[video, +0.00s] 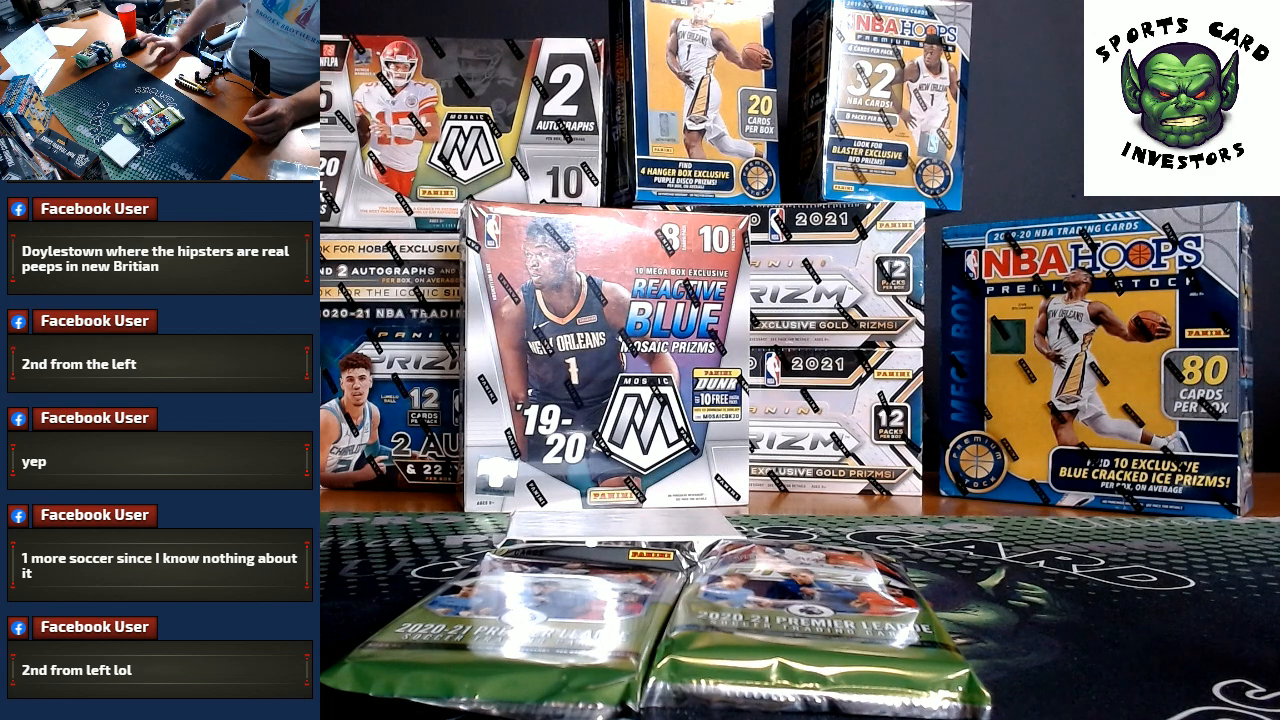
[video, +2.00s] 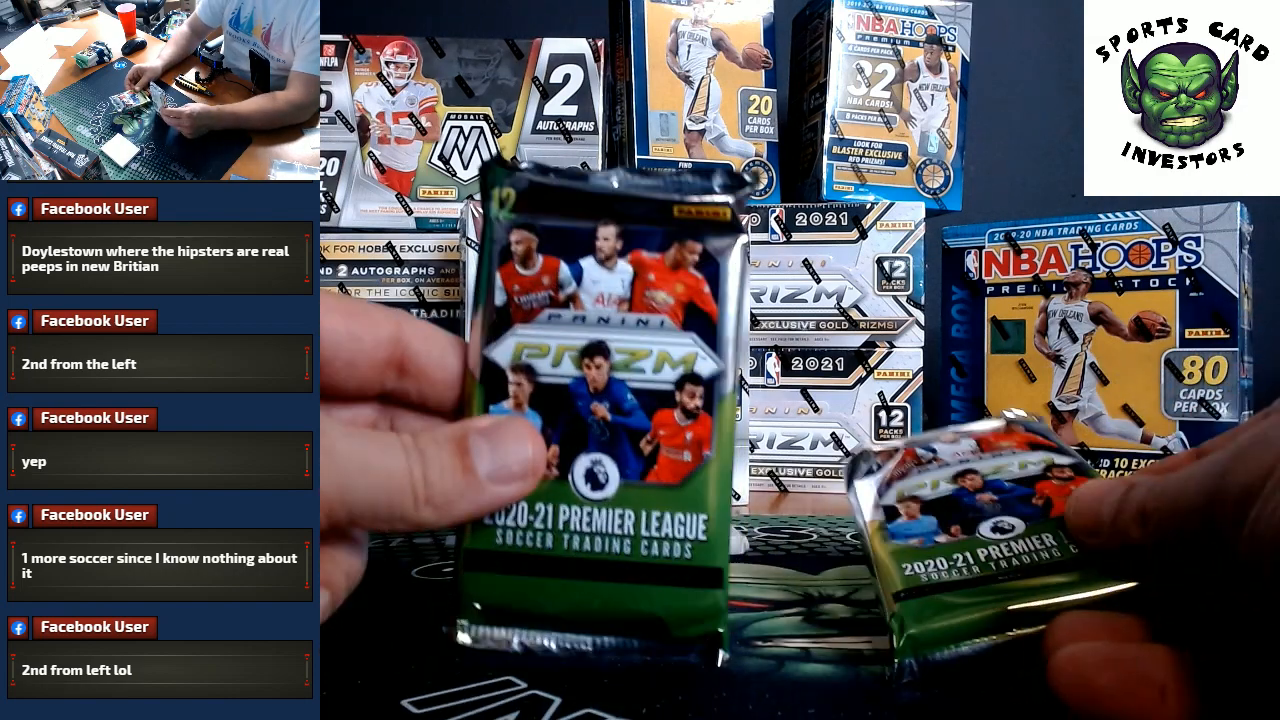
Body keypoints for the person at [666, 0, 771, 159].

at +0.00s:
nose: (697, 9)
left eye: (703, 6)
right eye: (695, 6)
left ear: (711, 12)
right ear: (692, 8)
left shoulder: (715, 34)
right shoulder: (678, 25)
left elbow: (740, 59)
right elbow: (670, 53)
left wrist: (764, 62)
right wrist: (678, 72)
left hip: (705, 87)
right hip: (692, 88)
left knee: (692, 141)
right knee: (725, 145)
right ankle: (766, 158)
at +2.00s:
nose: (697, 9)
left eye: (702, 6)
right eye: (695, 6)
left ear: (711, 11)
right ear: (692, 8)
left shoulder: (715, 34)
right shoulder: (678, 25)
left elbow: (739, 59)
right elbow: (670, 54)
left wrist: (764, 63)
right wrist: (678, 72)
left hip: (705, 87)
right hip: (692, 88)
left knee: (692, 141)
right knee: (725, 145)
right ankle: (762, 156)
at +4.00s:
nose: (694, 11)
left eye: (697, 8)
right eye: (688, 7)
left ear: (702, 8)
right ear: (683, 6)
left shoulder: (712, 31)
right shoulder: (679, 25)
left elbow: (734, 54)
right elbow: (671, 53)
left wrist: (756, 59)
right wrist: (678, 70)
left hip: (706, 84)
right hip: (692, 85)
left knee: (692, 138)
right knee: (724, 142)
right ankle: (757, 152)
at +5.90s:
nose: (694, 11)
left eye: (697, 8)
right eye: (688, 7)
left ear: (703, 8)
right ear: (683, 6)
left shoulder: (712, 31)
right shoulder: (679, 25)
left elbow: (734, 54)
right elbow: (671, 53)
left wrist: (756, 59)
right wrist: (678, 70)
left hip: (706, 84)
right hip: (692, 85)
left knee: (692, 138)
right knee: (724, 142)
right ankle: (757, 152)